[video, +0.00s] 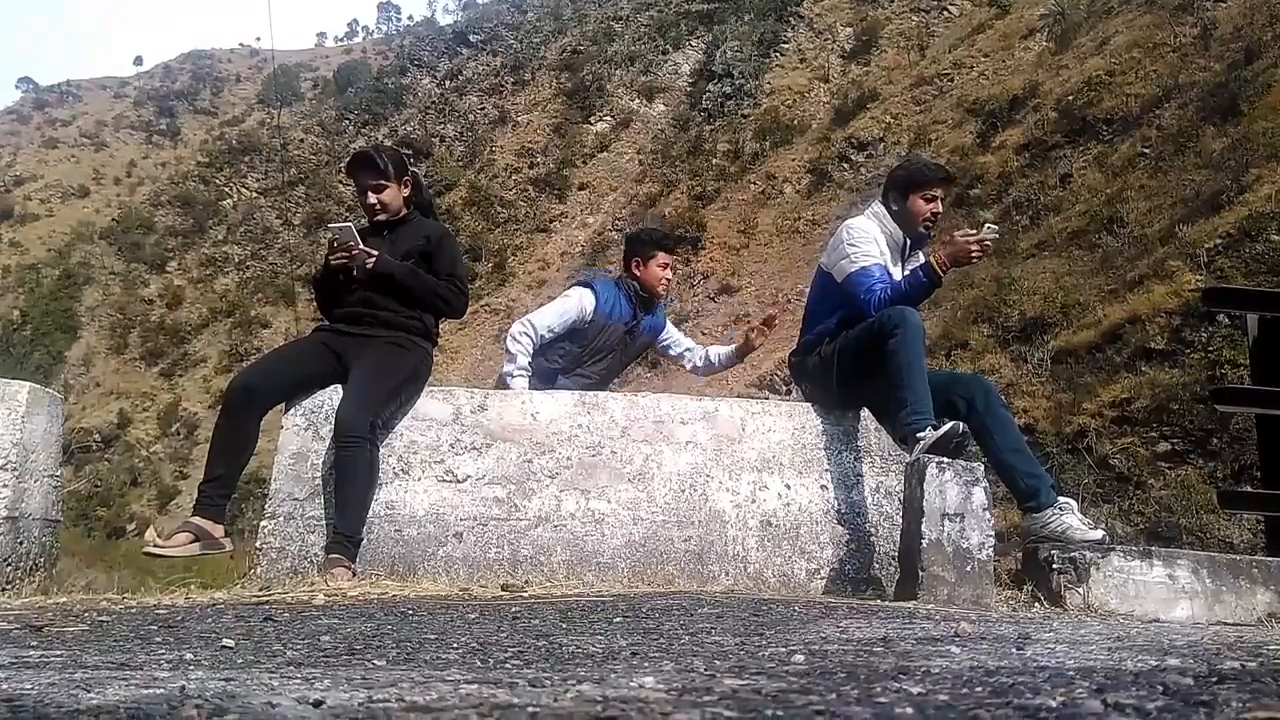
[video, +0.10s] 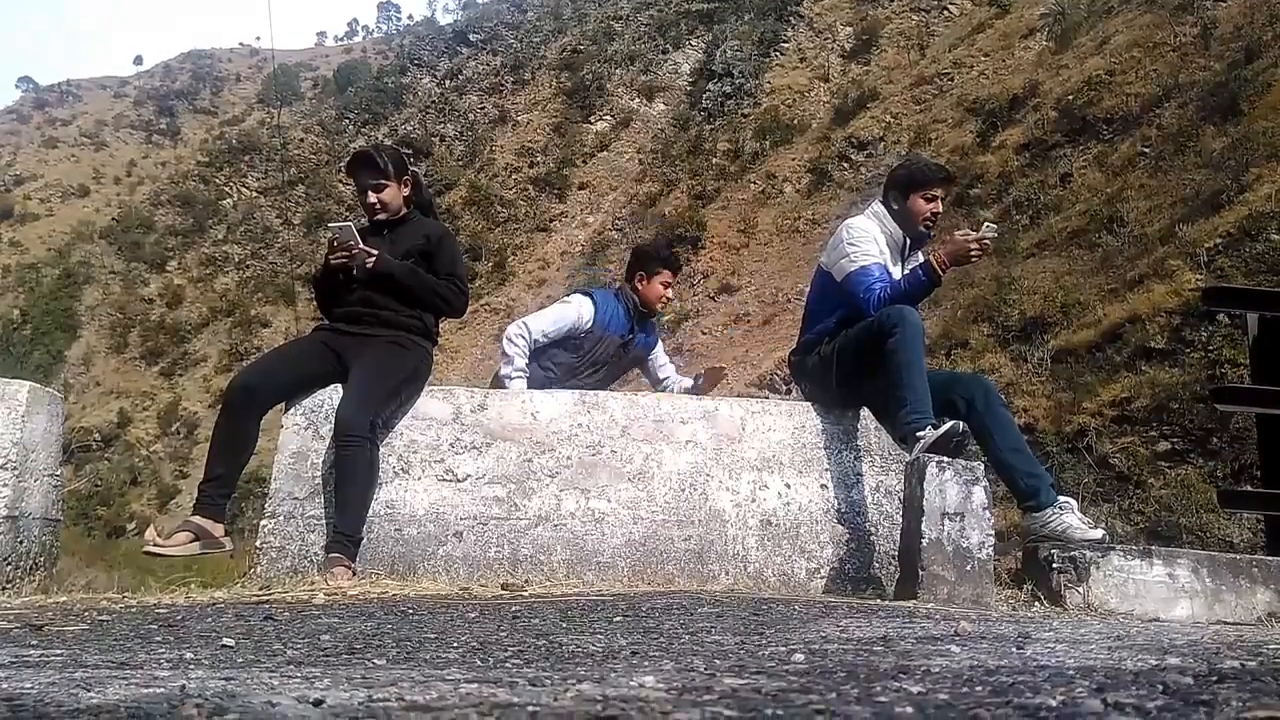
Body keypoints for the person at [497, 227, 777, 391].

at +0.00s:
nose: (669, 276)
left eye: (671, 268)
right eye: (662, 267)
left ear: (665, 272)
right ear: (636, 266)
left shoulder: (654, 320)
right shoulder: (593, 295)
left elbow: (698, 359)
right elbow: (524, 331)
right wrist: (518, 392)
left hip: (581, 409)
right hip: (538, 400)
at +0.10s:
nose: (669, 295)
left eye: (672, 288)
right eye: (665, 285)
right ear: (640, 280)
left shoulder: (647, 336)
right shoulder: (590, 307)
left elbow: (667, 384)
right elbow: (518, 333)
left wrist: (696, 387)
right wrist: (516, 391)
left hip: (566, 414)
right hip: (525, 400)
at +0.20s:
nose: (669, 320)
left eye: (671, 313)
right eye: (666, 310)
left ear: (645, 304)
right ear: (642, 302)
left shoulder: (639, 352)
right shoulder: (588, 322)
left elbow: (651, 402)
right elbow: (513, 335)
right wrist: (516, 393)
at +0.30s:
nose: (665, 345)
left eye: (669, 338)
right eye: (664, 335)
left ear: (643, 327)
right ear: (641, 326)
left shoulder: (633, 375)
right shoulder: (589, 340)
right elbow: (514, 335)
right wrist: (515, 392)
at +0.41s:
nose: (660, 368)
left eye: (664, 361)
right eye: (660, 358)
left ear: (639, 347)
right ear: (638, 347)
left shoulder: (626, 376)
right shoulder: (582, 355)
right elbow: (513, 335)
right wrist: (516, 391)